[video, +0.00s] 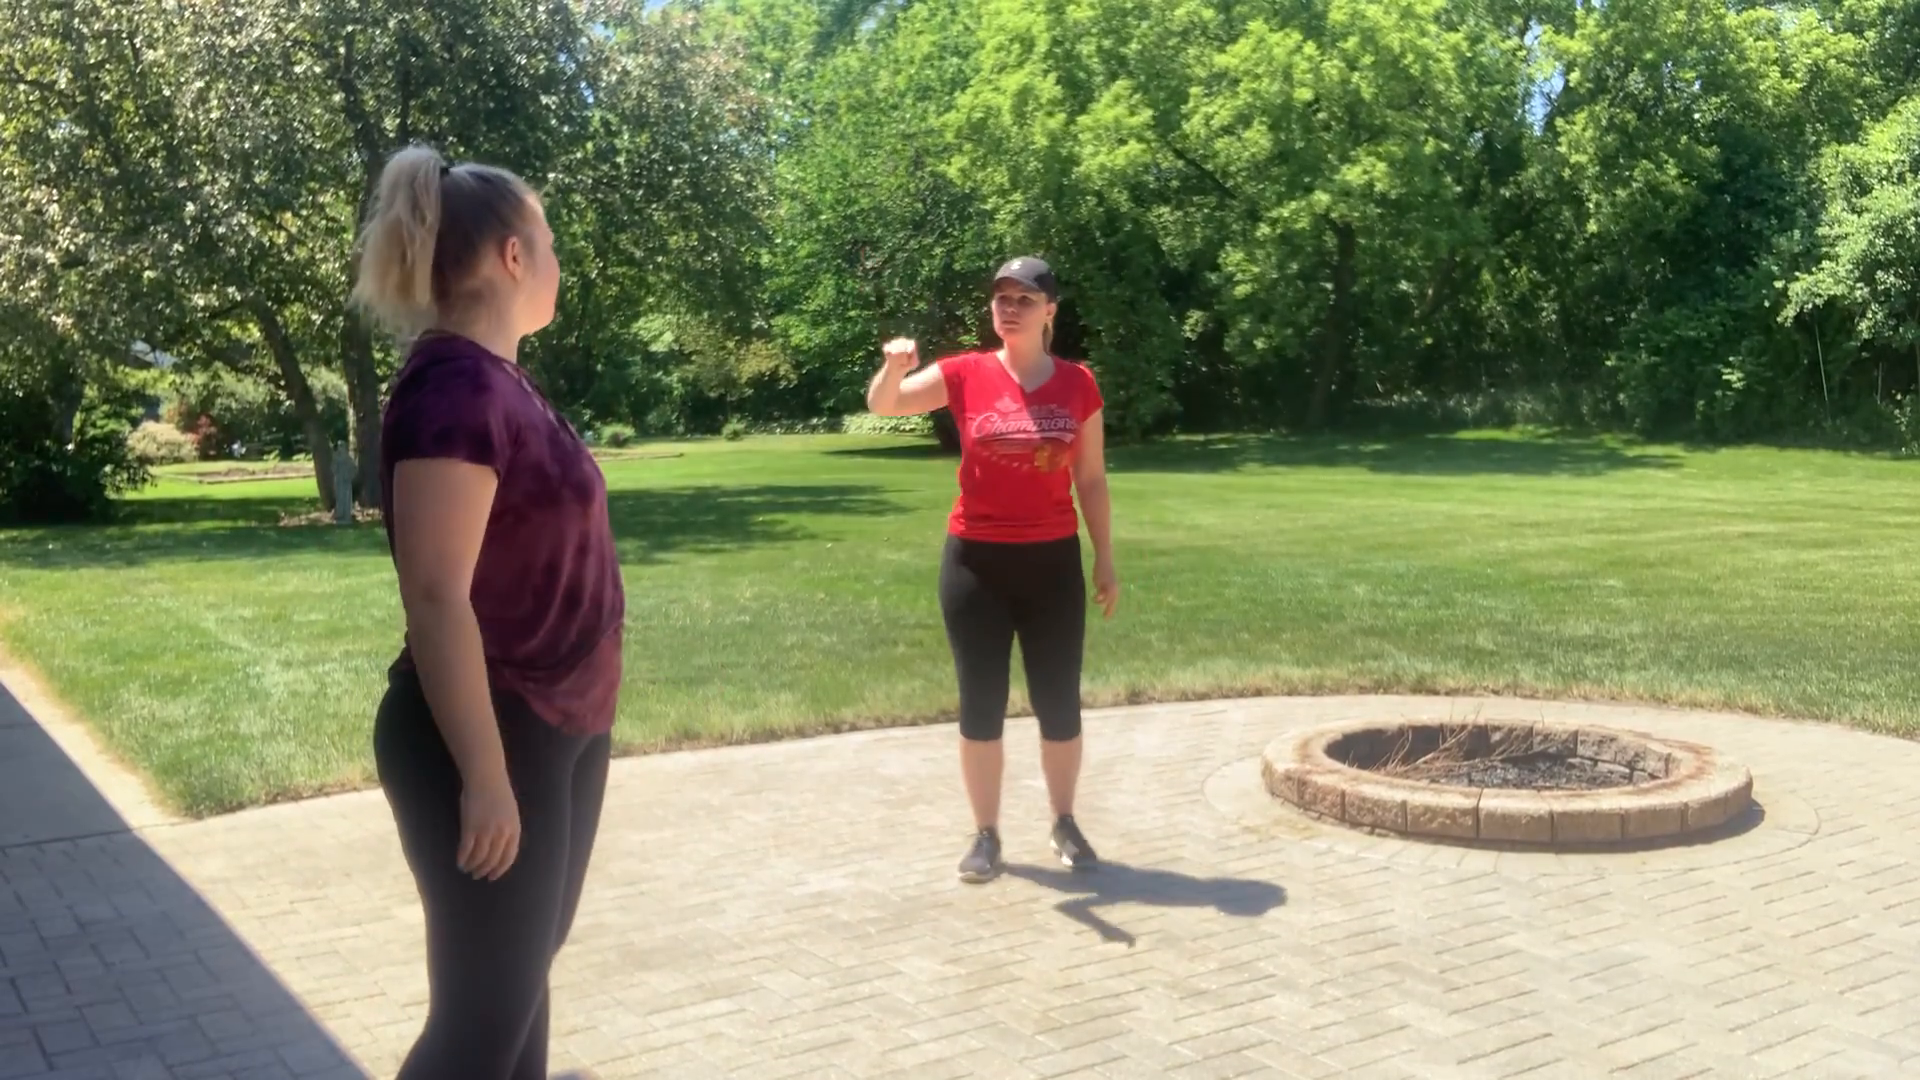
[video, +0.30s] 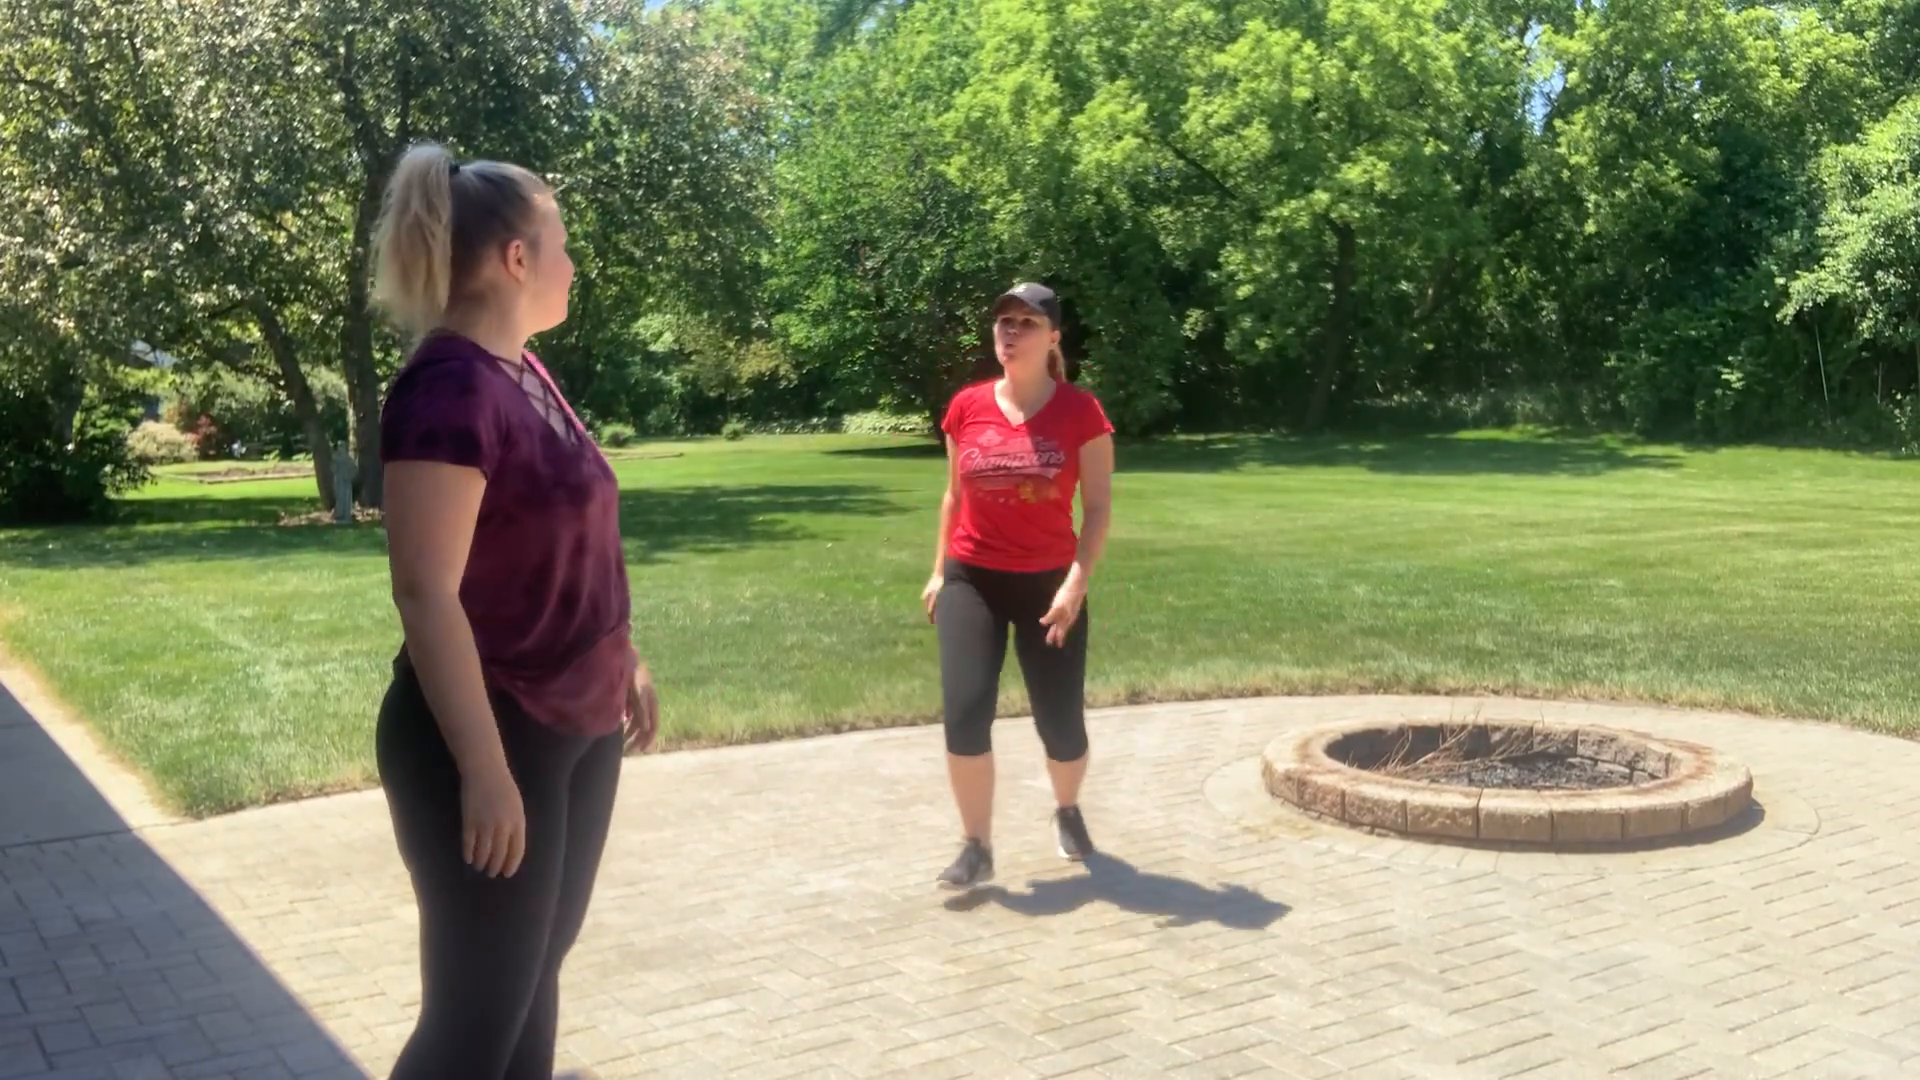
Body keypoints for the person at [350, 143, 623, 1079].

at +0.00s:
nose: (557, 263)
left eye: (551, 241)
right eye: (546, 241)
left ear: (475, 264)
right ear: (506, 257)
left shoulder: (492, 381)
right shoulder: (456, 389)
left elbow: (481, 586)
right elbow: (435, 596)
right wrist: (484, 775)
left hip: (547, 729)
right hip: (494, 734)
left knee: (517, 1007)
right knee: (481, 1026)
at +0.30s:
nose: (571, 263)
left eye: (565, 241)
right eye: (559, 241)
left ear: (503, 263)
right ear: (513, 259)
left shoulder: (526, 372)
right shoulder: (453, 384)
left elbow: (546, 550)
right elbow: (426, 596)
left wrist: (618, 657)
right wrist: (483, 767)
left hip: (574, 726)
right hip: (491, 734)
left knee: (531, 998)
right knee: (475, 1023)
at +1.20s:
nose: (604, 275)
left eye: (606, 254)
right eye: (581, 254)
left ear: (603, 258)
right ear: (504, 260)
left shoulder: (593, 371)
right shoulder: (443, 370)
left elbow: (606, 553)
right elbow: (388, 543)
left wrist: (674, 651)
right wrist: (449, 645)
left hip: (573, 721)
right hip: (442, 719)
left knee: (541, 1005)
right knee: (459, 1011)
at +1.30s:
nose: (560, 280)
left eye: (571, 259)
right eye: (536, 257)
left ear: (583, 265)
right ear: (466, 257)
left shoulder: (579, 385)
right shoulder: (411, 363)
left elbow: (586, 568)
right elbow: (315, 519)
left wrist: (683, 639)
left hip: (568, 729)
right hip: (427, 728)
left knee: (530, 1015)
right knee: (440, 1024)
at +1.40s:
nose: (511, 267)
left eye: (530, 250)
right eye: (485, 246)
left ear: (551, 274)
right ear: (432, 262)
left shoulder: (568, 399)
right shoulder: (370, 363)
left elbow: (584, 575)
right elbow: (243, 507)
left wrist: (680, 615)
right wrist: (317, 419)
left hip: (550, 747)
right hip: (389, 743)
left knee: (534, 1036)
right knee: (417, 1038)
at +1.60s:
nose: (425, 217)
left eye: (447, 209)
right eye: (397, 202)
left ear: (471, 251)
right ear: (347, 237)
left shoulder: (517, 383)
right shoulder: (284, 352)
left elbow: (561, 560)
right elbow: (108, 434)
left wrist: (651, 590)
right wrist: (295, 380)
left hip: (506, 764)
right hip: (320, 769)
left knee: (509, 1054)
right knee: (364, 1056)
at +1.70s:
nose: (381, 201)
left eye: (405, 194)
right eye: (351, 189)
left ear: (435, 245)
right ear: (304, 236)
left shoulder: (499, 374)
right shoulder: (248, 364)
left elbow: (553, 544)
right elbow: (51, 437)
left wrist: (652, 583)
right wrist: (259, 417)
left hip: (489, 775)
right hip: (295, 781)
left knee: (448, 1052)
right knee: (336, 1054)